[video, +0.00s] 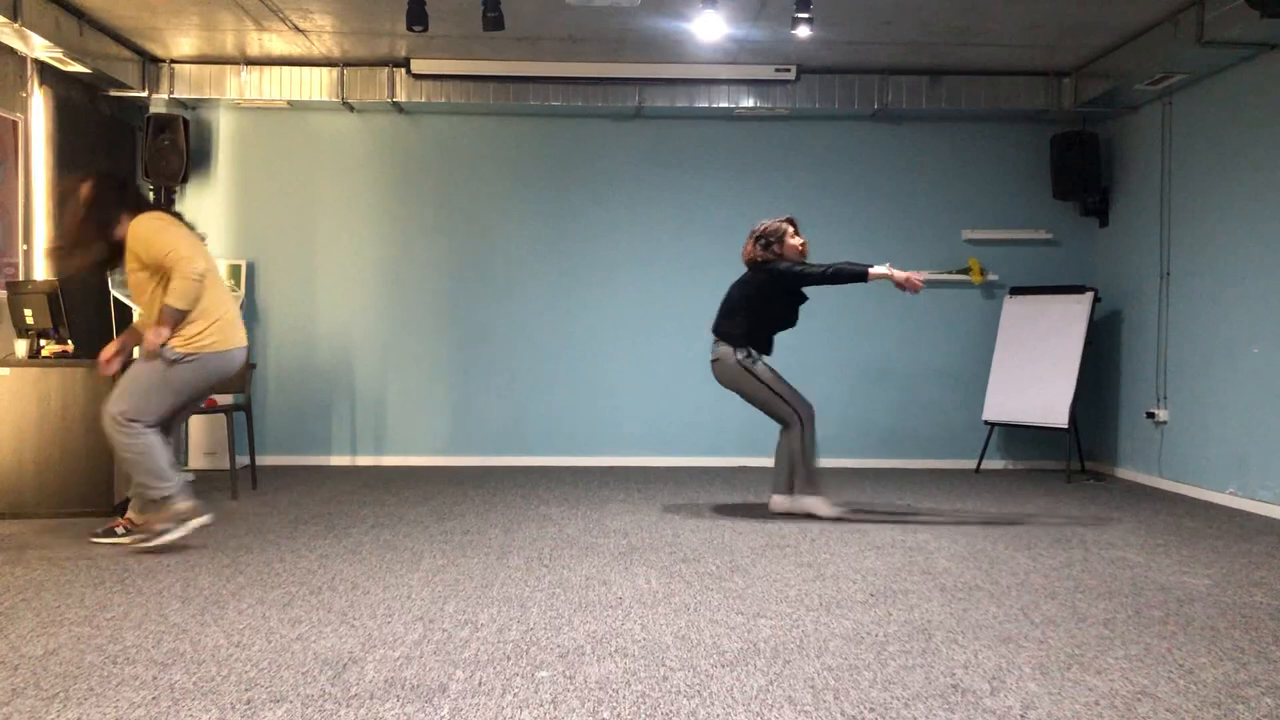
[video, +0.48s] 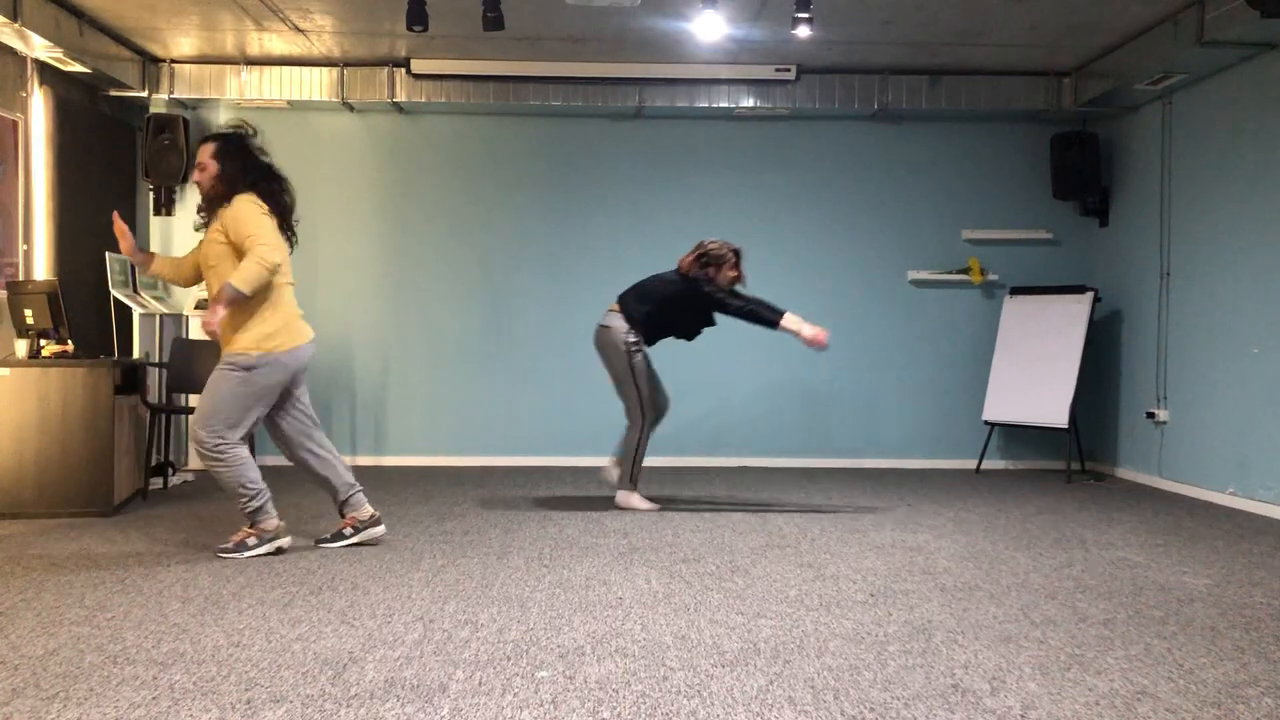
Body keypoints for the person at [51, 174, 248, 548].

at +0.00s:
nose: (90, 229)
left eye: (89, 218)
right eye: (88, 219)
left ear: (105, 216)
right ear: (122, 206)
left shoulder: (145, 227)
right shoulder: (143, 239)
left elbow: (192, 265)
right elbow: (159, 310)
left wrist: (165, 324)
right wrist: (125, 342)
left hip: (205, 345)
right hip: (208, 346)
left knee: (122, 415)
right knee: (149, 424)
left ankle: (175, 504)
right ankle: (143, 516)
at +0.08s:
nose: (99, 200)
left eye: (103, 189)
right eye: (98, 190)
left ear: (121, 189)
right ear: (140, 185)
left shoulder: (157, 217)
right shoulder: (159, 220)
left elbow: (200, 260)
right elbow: (180, 290)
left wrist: (176, 317)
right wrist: (148, 326)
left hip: (215, 343)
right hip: (213, 341)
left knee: (156, 424)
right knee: (165, 423)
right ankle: (144, 517)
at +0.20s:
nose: (147, 179)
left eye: (152, 171)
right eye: (150, 169)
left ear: (165, 177)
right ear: (197, 173)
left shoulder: (187, 215)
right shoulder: (218, 213)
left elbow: (215, 271)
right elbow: (233, 280)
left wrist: (177, 311)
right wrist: (187, 322)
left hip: (233, 343)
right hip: (247, 338)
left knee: (222, 441)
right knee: (172, 407)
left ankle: (275, 527)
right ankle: (182, 505)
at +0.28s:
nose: (164, 164)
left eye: (172, 156)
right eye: (167, 155)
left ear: (191, 162)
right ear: (209, 163)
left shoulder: (204, 208)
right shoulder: (224, 206)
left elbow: (222, 272)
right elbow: (224, 280)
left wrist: (186, 319)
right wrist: (174, 299)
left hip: (240, 338)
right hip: (251, 333)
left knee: (229, 438)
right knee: (185, 406)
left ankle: (276, 526)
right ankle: (246, 492)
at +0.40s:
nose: (193, 166)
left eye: (200, 157)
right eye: (194, 157)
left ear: (220, 159)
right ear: (232, 160)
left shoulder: (228, 202)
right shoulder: (242, 202)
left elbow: (249, 258)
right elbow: (213, 269)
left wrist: (210, 301)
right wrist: (154, 260)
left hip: (249, 339)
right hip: (276, 335)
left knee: (223, 436)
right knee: (276, 432)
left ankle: (272, 525)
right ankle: (349, 508)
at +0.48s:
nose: (196, 175)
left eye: (204, 167)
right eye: (196, 167)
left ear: (229, 170)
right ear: (215, 172)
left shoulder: (242, 207)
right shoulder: (223, 220)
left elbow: (269, 254)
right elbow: (188, 271)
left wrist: (223, 300)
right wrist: (139, 256)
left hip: (263, 348)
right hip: (278, 345)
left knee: (213, 433)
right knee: (301, 435)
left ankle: (264, 525)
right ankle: (360, 514)